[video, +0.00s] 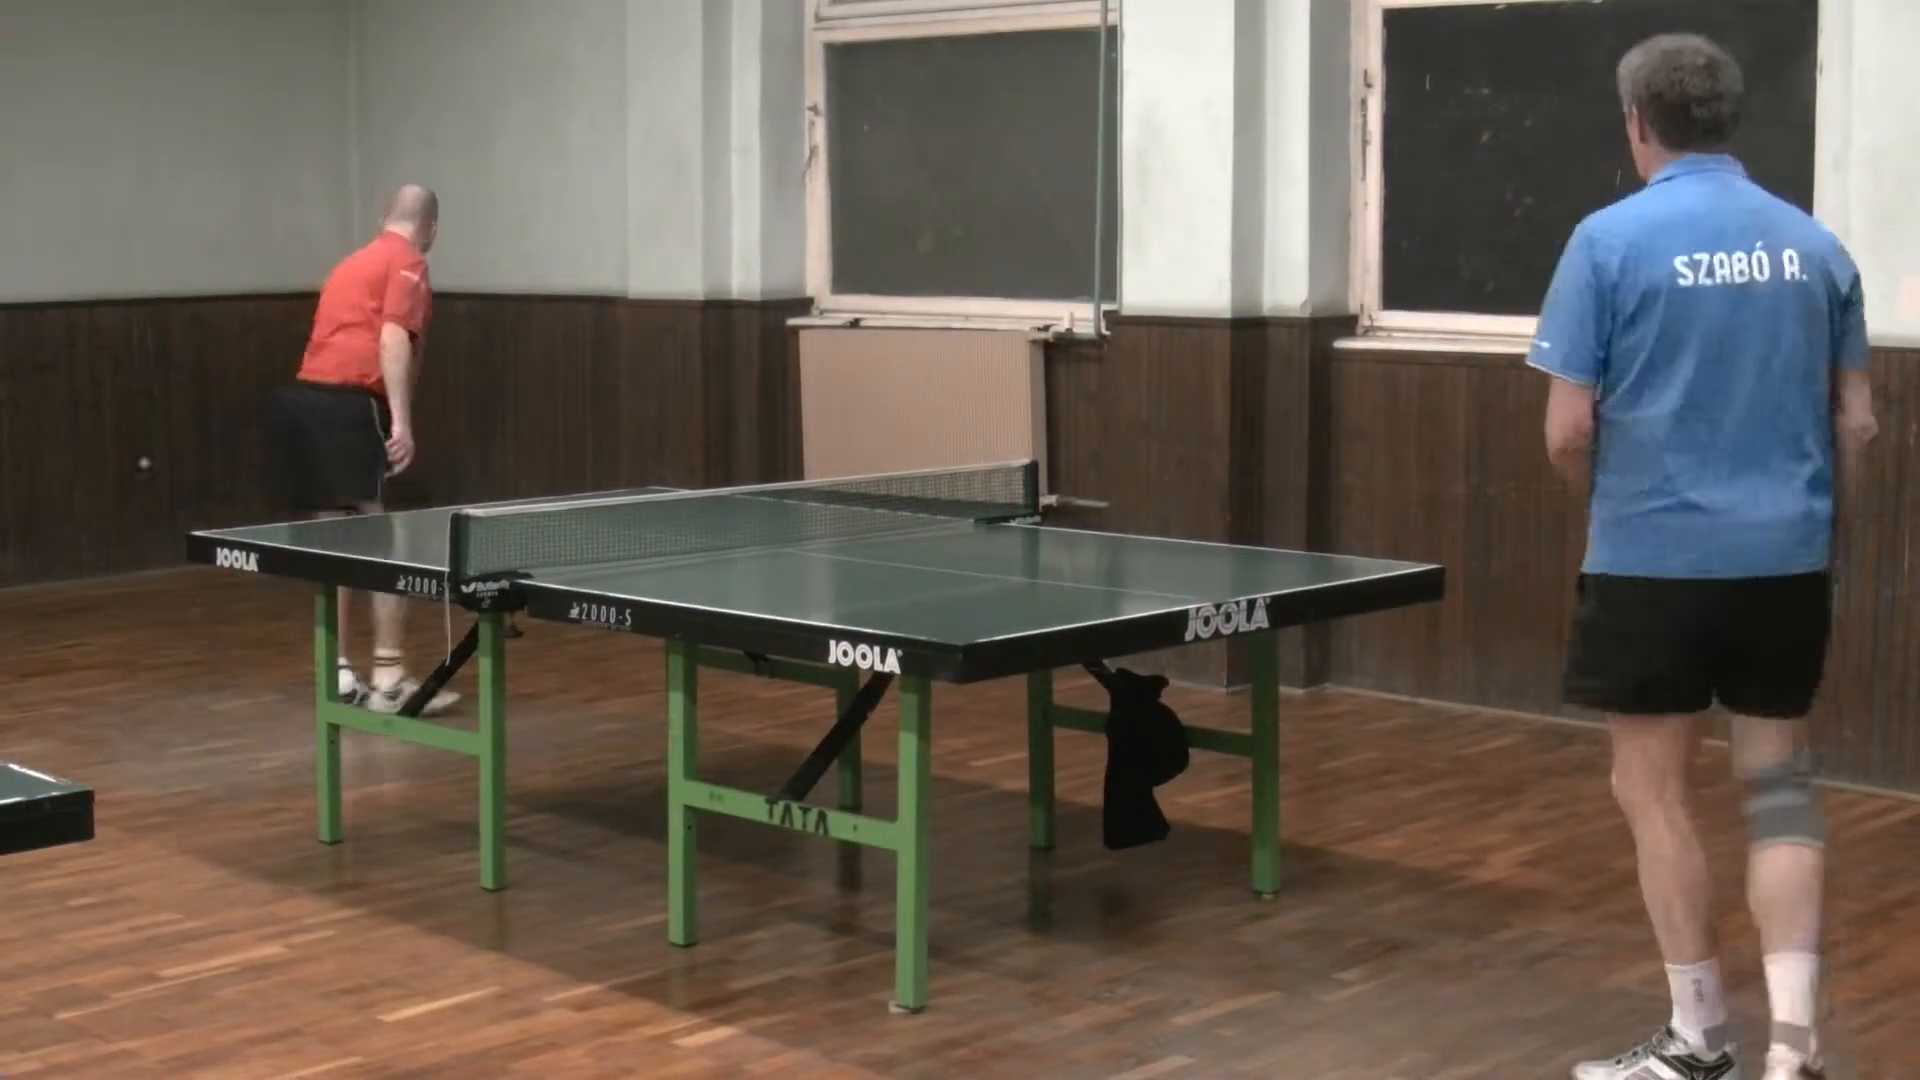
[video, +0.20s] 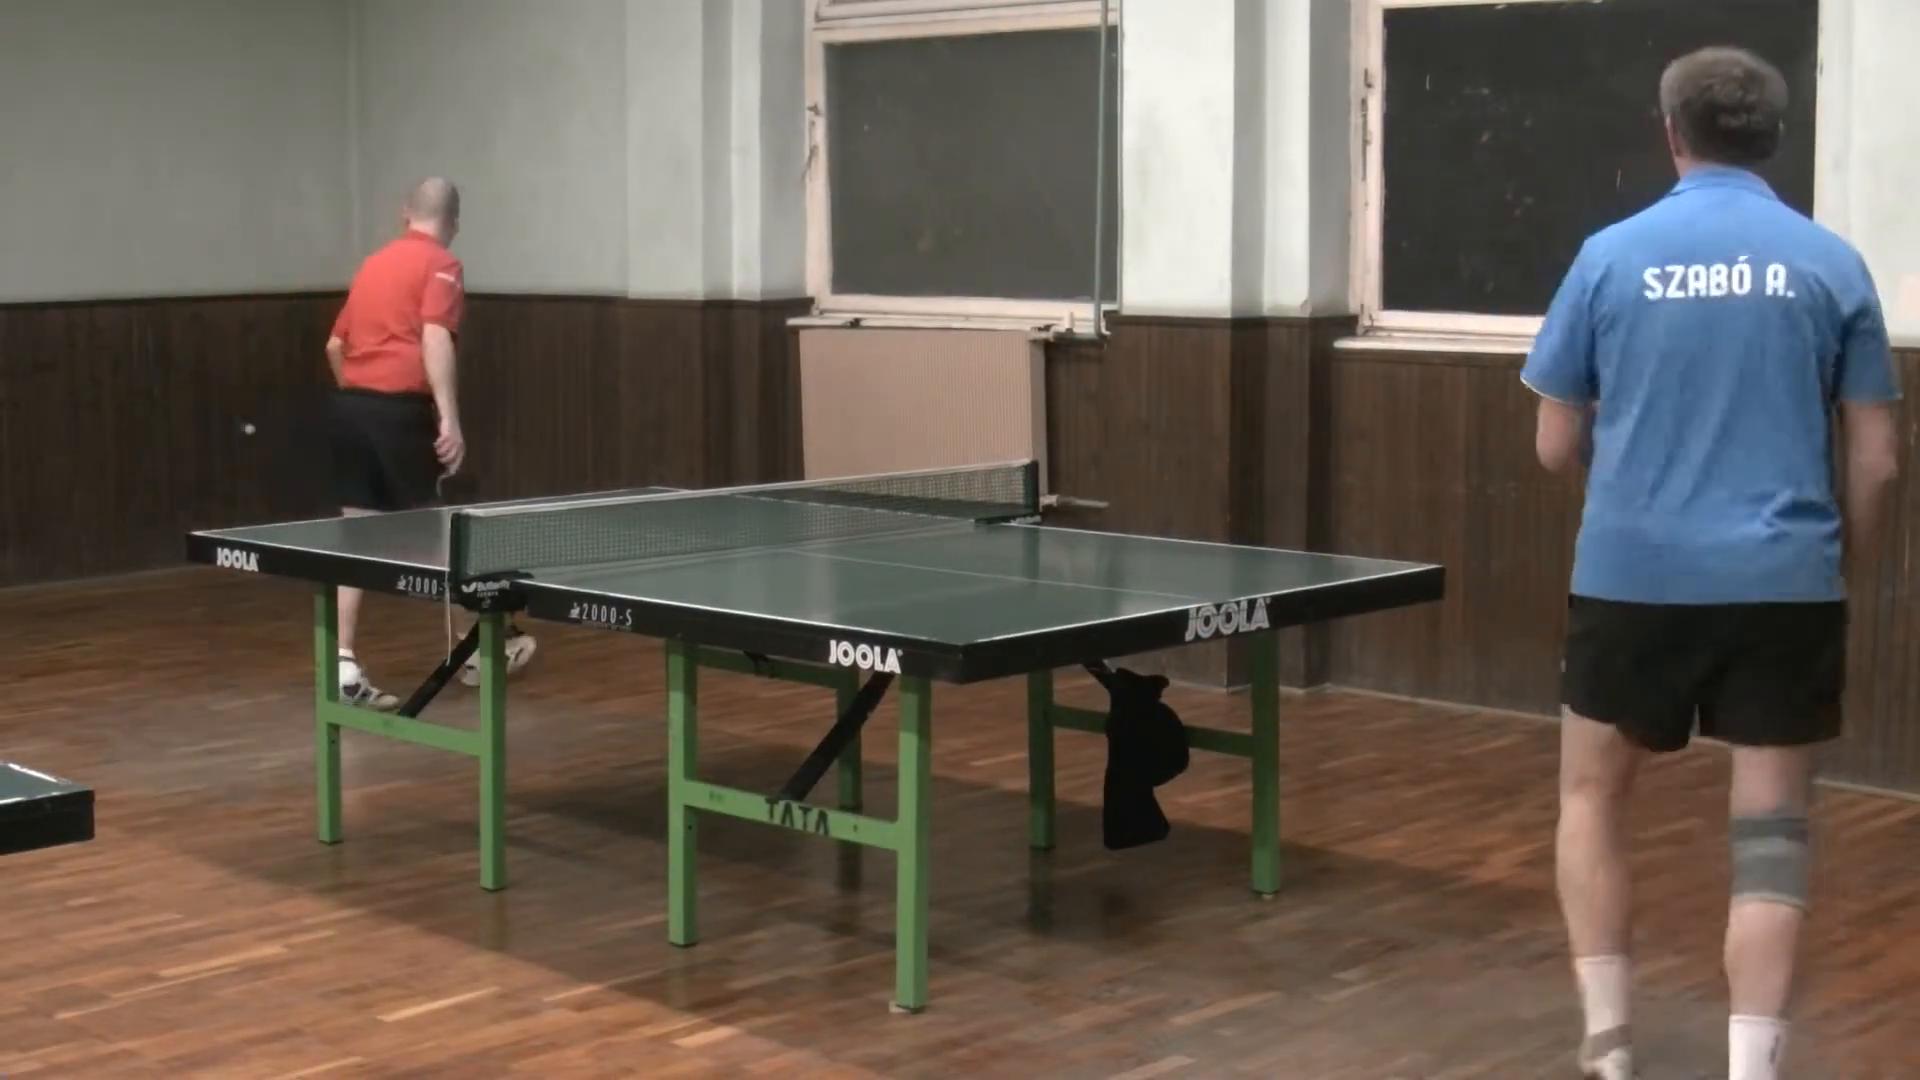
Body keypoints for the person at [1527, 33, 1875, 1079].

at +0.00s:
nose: (1622, 134)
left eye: (1623, 118)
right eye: (1625, 116)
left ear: (1640, 126)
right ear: (1732, 121)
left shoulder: (1609, 240)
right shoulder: (1814, 242)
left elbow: (1567, 434)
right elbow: (1857, 419)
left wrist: (1605, 504)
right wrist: (1805, 508)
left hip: (1651, 568)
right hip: (1784, 567)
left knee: (1651, 791)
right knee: (1779, 783)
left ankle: (1697, 1035)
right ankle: (1795, 1040)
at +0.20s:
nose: (1663, 139)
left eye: (1664, 125)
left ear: (1671, 137)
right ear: (1773, 138)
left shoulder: (1610, 256)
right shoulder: (1833, 263)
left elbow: (1557, 443)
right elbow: (1874, 460)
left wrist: (1637, 463)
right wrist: (1838, 569)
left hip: (1633, 585)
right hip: (1784, 591)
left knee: (1591, 797)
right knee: (1769, 832)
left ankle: (1606, 1049)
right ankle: (1751, 1071)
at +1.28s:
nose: (1350, 203)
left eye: (1343, 188)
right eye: (1346, 190)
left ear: (1359, 167)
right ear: (1446, 145)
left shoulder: (1371, 241)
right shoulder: (1562, 240)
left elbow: (1362, 408)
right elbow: (1614, 429)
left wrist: (1301, 594)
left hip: (1449, 593)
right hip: (1565, 587)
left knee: (1473, 866)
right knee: (1465, 847)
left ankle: (1489, 1075)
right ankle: (1442, 1059)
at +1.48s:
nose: (1310, 202)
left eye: (1300, 185)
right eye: (1305, 187)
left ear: (1315, 163)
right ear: (1396, 143)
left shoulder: (1340, 231)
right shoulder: (1503, 232)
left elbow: (1382, 401)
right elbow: (1552, 419)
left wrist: (1365, 582)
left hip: (1410, 590)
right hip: (1514, 586)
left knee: (1389, 843)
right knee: (1437, 825)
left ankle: (1464, 1067)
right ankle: (1413, 1052)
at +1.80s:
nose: (1256, 170)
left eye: (1254, 155)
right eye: (1255, 155)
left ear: (1267, 145)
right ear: (1355, 133)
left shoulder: (1298, 227)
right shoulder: (1438, 222)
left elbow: (1324, 403)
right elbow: (1490, 409)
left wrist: (1246, 551)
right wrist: (1305, 450)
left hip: (1340, 570)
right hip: (1462, 575)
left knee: (1220, 782)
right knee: (1419, 805)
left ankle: (1299, 1049)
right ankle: (1412, 1054)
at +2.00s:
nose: (1213, 162)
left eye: (1210, 148)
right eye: (1217, 148)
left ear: (1225, 143)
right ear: (1311, 127)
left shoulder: (1229, 239)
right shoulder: (1410, 230)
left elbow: (1214, 438)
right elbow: (1487, 417)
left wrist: (1164, 533)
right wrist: (1408, 486)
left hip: (1294, 574)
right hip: (1429, 565)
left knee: (1242, 810)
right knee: (1395, 796)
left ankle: (1262, 1064)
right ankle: (1407, 1058)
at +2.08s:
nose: (1198, 168)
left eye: (1194, 154)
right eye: (1201, 154)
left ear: (1207, 150)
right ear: (1294, 130)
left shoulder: (1204, 247)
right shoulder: (1400, 227)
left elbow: (1176, 447)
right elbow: (1481, 414)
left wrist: (1145, 497)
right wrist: (1422, 486)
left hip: (1292, 576)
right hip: (1427, 562)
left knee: (1245, 813)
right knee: (1397, 784)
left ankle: (1263, 1065)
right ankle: (1411, 1048)